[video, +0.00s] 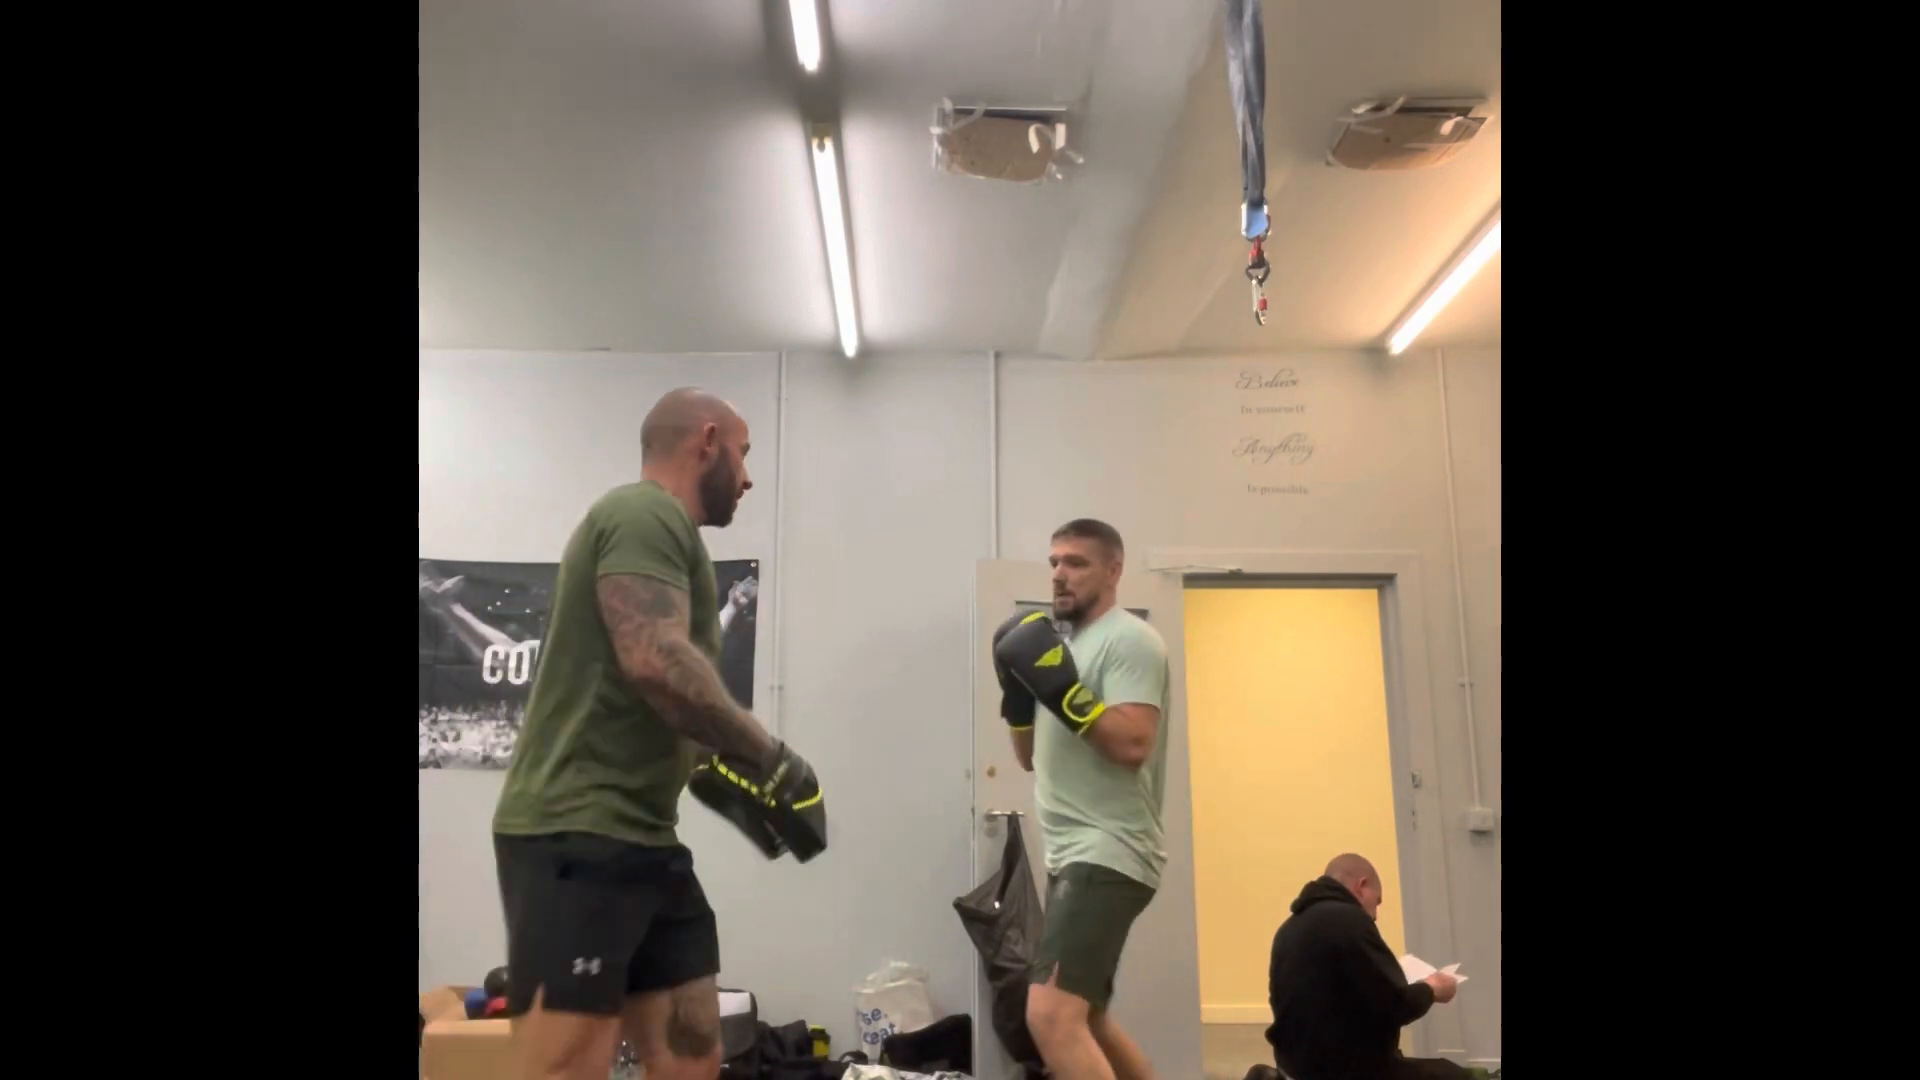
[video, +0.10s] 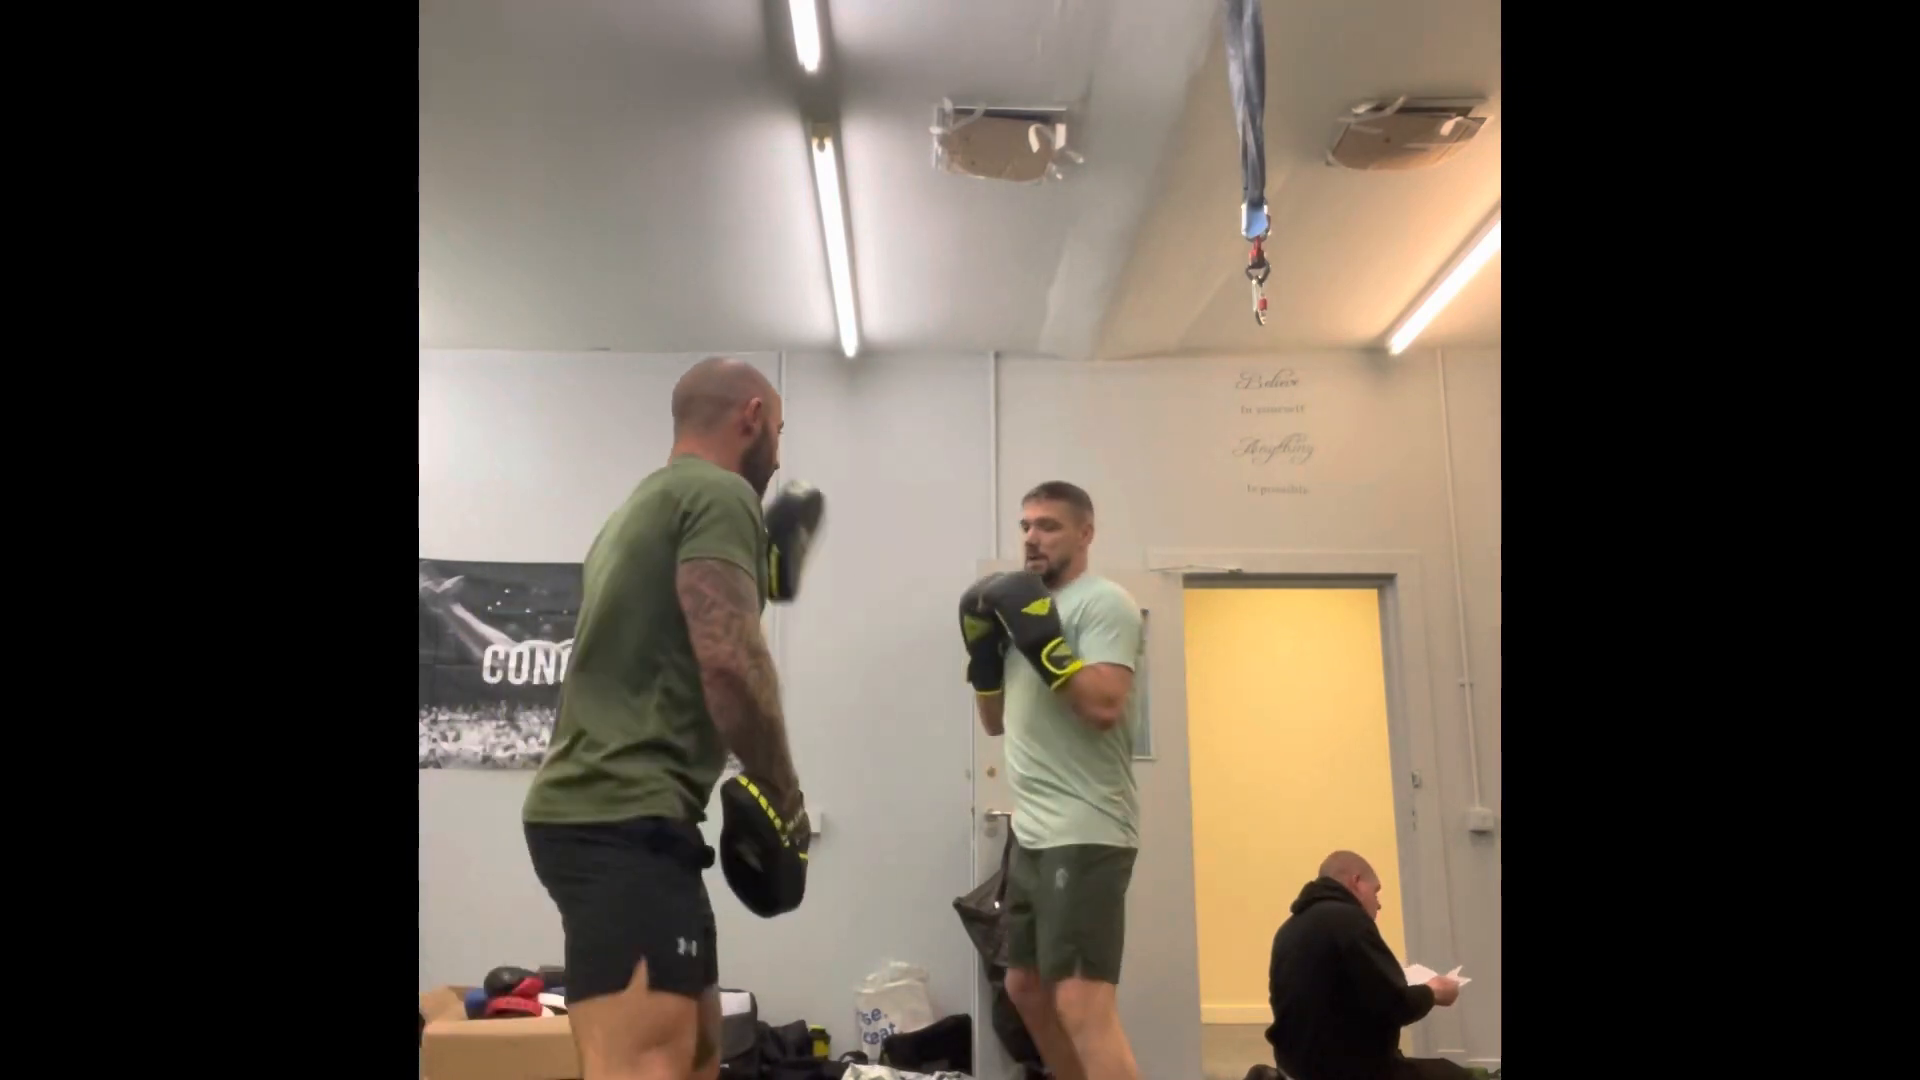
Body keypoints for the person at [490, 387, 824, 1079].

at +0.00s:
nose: (750, 476)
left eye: (749, 457)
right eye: (743, 454)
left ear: (690, 449)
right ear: (707, 445)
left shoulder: (678, 544)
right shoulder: (643, 511)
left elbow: (656, 702)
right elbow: (655, 656)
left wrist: (720, 781)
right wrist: (776, 762)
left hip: (644, 833)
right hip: (573, 829)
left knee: (687, 1049)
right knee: (565, 1059)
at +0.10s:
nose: (778, 455)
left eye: (781, 435)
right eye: (780, 432)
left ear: (688, 421)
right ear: (753, 415)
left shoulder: (646, 504)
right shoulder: (715, 493)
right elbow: (728, 666)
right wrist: (784, 803)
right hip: (623, 815)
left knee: (692, 1051)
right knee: (641, 1060)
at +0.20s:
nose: (787, 435)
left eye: (790, 419)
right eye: (792, 416)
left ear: (689, 406)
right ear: (773, 404)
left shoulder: (605, 513)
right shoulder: (767, 495)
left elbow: (608, 689)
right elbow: (815, 684)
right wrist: (843, 819)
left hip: (575, 842)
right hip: (674, 845)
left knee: (725, 1040)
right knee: (657, 1065)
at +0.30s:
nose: (822, 408)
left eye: (824, 393)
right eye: (826, 390)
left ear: (724, 381)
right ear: (808, 378)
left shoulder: (648, 481)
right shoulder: (791, 469)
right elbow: (835, 653)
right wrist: (885, 793)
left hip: (589, 801)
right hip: (676, 805)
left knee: (725, 1055)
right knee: (681, 1065)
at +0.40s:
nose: (834, 417)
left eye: (838, 397)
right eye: (837, 394)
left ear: (732, 378)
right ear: (817, 380)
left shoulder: (652, 474)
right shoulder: (793, 467)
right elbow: (819, 667)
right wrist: (869, 796)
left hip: (584, 799)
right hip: (664, 807)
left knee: (706, 1060)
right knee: (657, 1066)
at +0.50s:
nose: (819, 395)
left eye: (822, 373)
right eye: (824, 370)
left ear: (710, 351)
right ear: (802, 354)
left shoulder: (610, 448)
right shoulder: (785, 455)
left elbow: (586, 638)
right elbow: (833, 671)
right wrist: (832, 797)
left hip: (527, 801)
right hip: (637, 810)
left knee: (687, 1042)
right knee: (627, 1063)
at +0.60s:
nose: (799, 380)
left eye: (805, 361)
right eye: (807, 357)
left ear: (696, 333)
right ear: (786, 340)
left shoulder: (594, 424)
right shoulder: (747, 442)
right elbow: (744, 657)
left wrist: (762, 512)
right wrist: (785, 803)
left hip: (479, 782)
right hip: (578, 792)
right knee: (598, 1063)